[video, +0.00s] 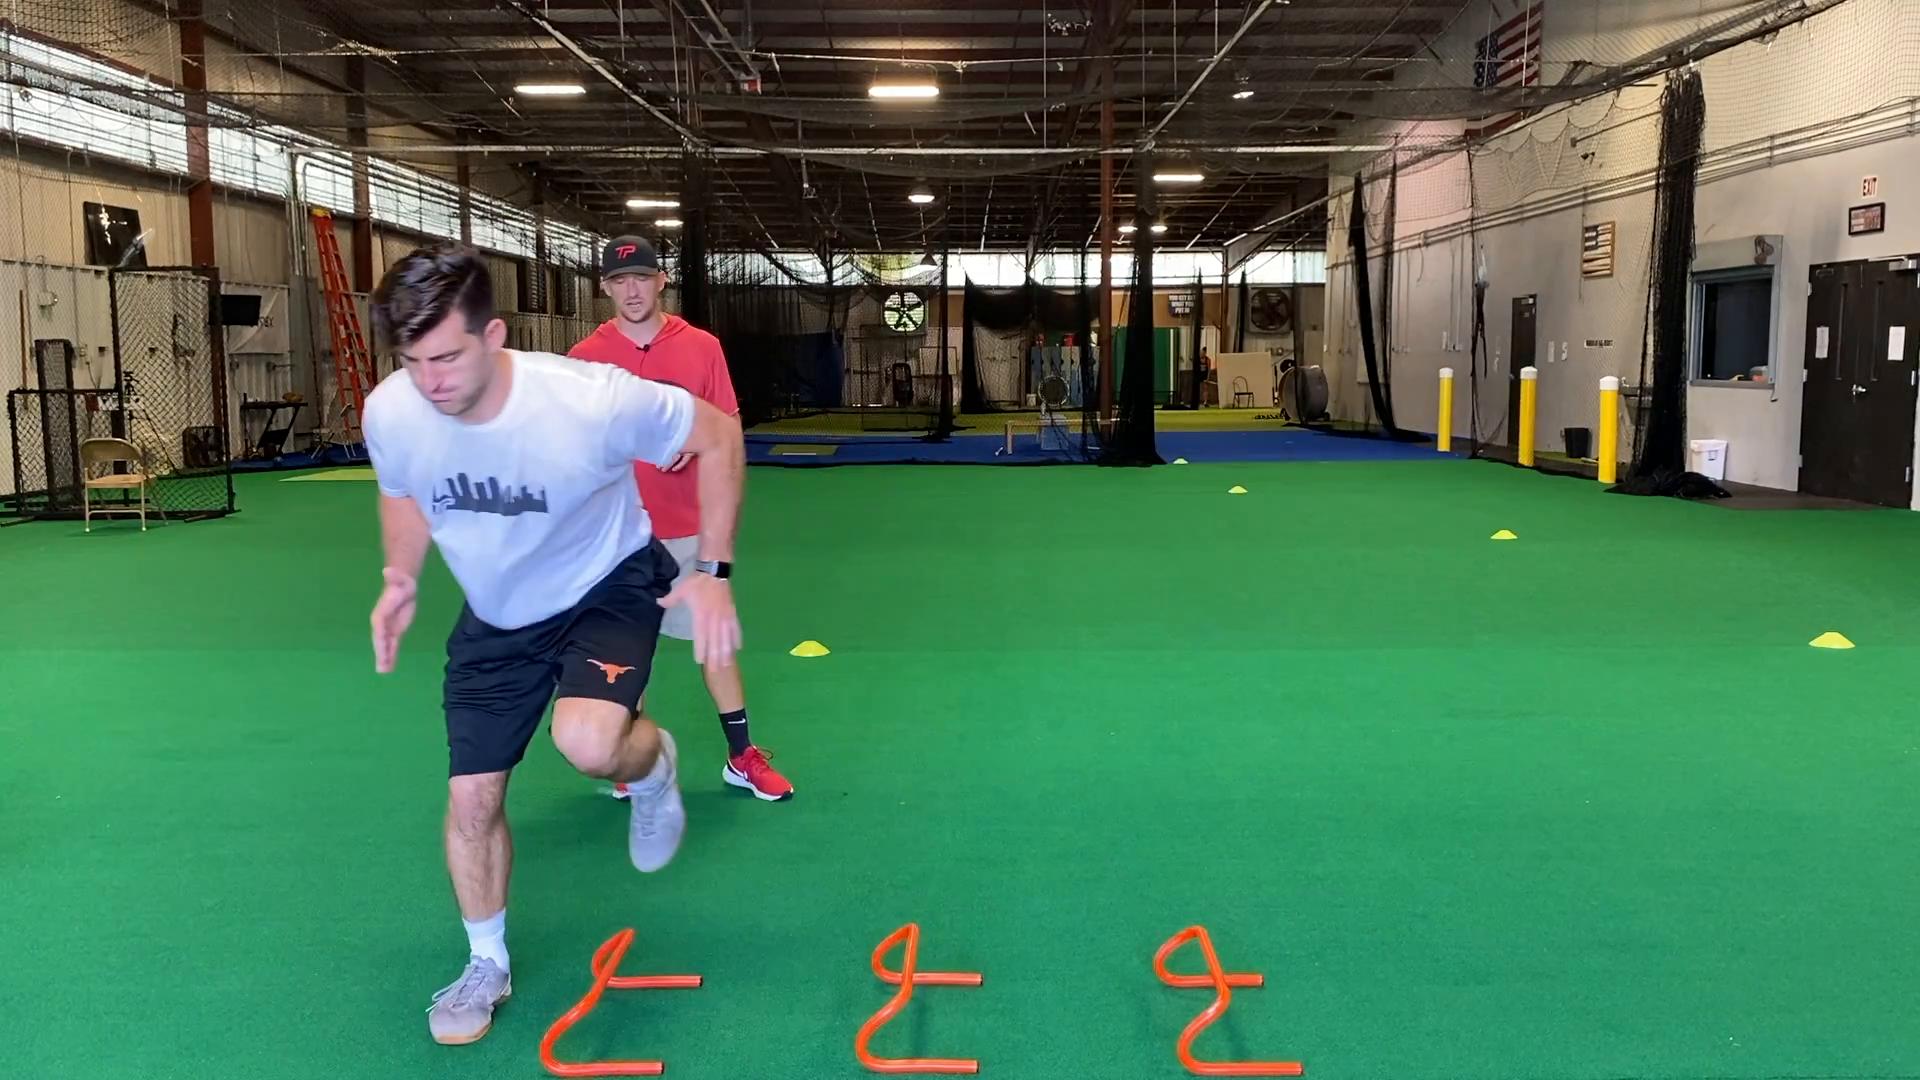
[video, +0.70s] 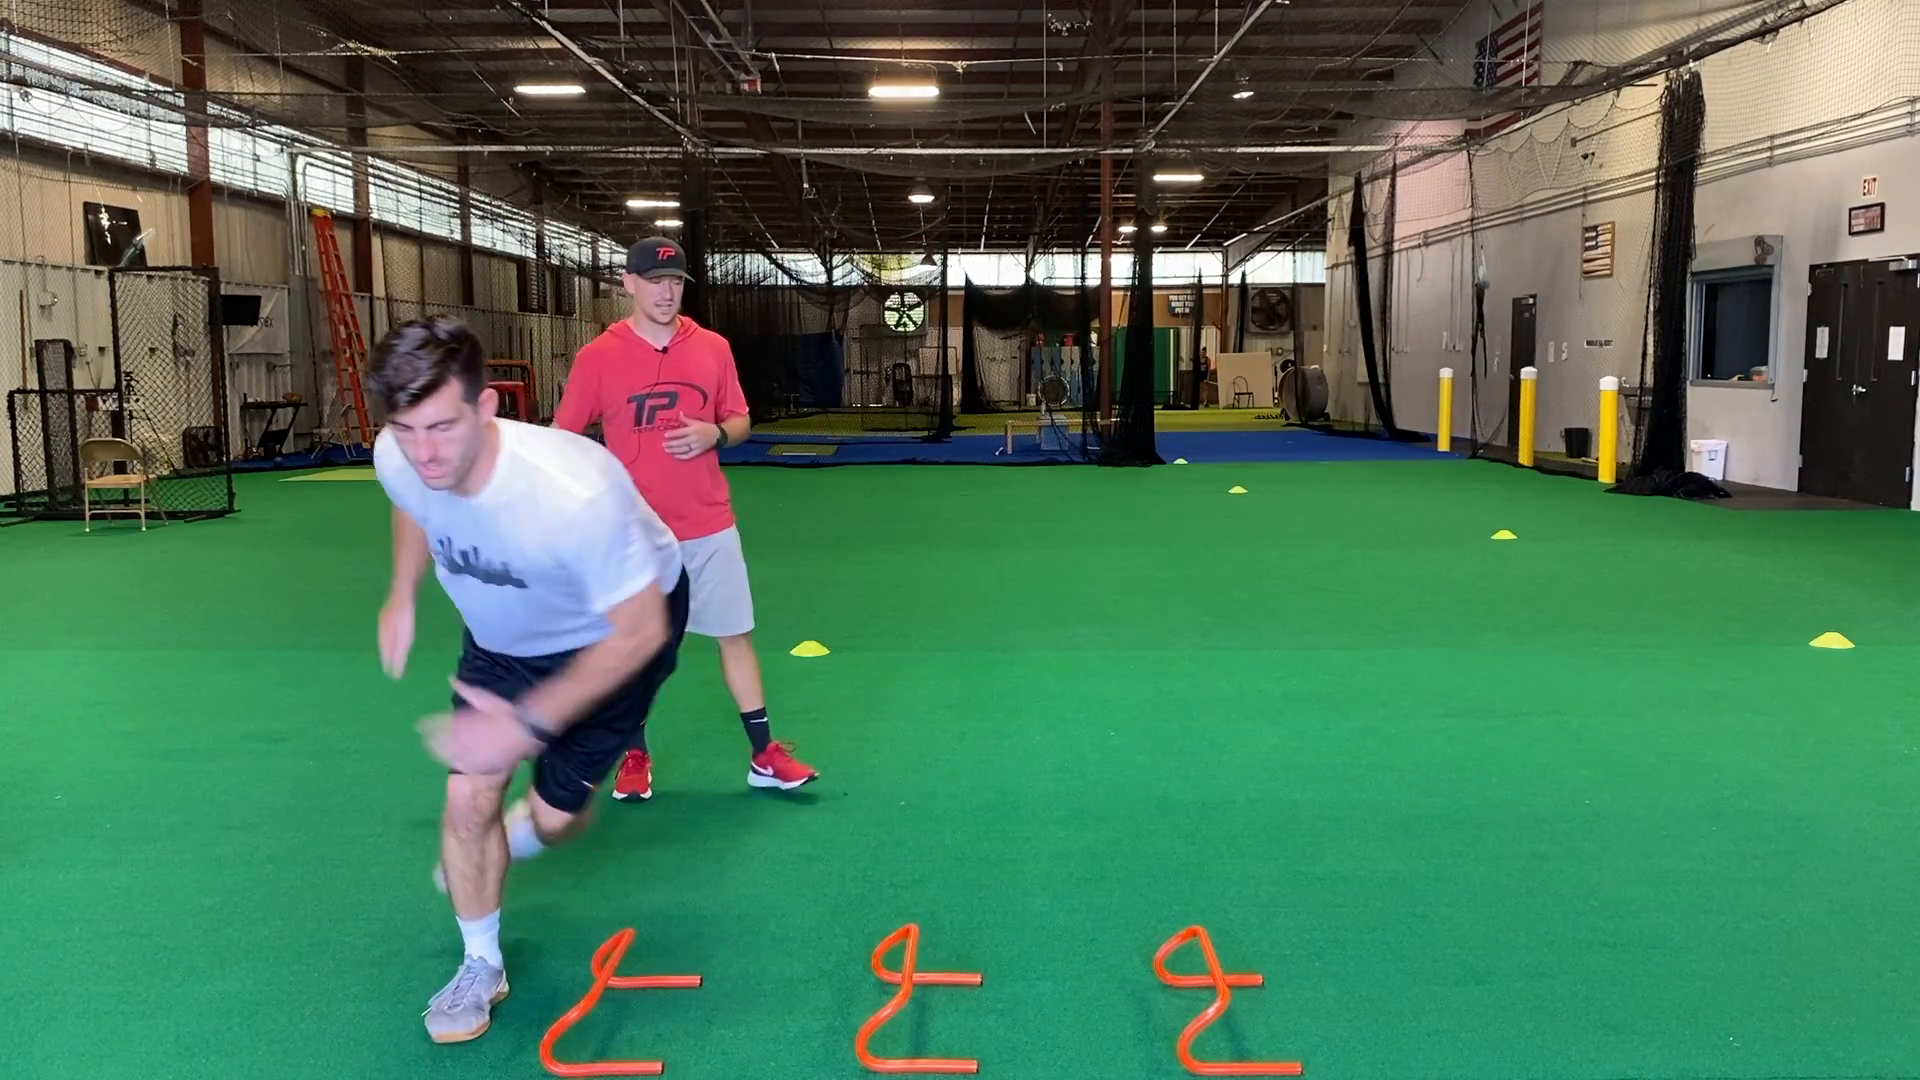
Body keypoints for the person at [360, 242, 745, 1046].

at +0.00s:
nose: (434, 378)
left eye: (448, 357)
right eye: (417, 360)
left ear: (495, 336)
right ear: (401, 351)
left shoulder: (589, 400)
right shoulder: (391, 413)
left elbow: (719, 431)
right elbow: (402, 495)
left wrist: (714, 567)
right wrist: (401, 578)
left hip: (608, 584)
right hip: (496, 611)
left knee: (588, 742)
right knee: (472, 795)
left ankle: (656, 773)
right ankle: (487, 963)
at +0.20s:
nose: (400, 379)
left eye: (415, 358)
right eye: (383, 361)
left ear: (460, 332)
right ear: (366, 349)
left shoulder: (560, 398)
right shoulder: (357, 403)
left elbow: (686, 446)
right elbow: (365, 483)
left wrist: (665, 584)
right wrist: (369, 583)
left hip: (583, 581)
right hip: (466, 608)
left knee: (579, 745)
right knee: (458, 785)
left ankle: (608, 772)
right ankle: (484, 961)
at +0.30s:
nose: (394, 377)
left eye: (410, 355)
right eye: (379, 359)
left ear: (453, 329)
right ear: (361, 348)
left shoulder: (556, 400)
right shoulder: (352, 392)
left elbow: (665, 492)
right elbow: (368, 465)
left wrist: (606, 624)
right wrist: (378, 569)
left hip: (573, 580)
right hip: (461, 596)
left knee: (572, 758)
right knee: (459, 779)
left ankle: (568, 776)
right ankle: (484, 962)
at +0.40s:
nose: (392, 382)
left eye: (408, 358)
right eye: (374, 364)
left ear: (453, 335)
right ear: (356, 357)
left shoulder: (550, 414)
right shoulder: (357, 385)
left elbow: (631, 542)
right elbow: (385, 445)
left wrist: (502, 628)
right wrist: (394, 509)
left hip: (581, 594)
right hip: (461, 594)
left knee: (557, 778)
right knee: (463, 776)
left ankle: (523, 744)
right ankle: (481, 960)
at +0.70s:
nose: (425, 448)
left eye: (443, 426)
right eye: (408, 429)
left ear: (487, 405)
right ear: (391, 422)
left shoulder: (576, 491)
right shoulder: (396, 456)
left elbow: (641, 634)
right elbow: (414, 508)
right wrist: (402, 596)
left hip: (608, 631)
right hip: (499, 634)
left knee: (554, 814)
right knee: (472, 792)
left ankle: (501, 843)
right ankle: (481, 964)